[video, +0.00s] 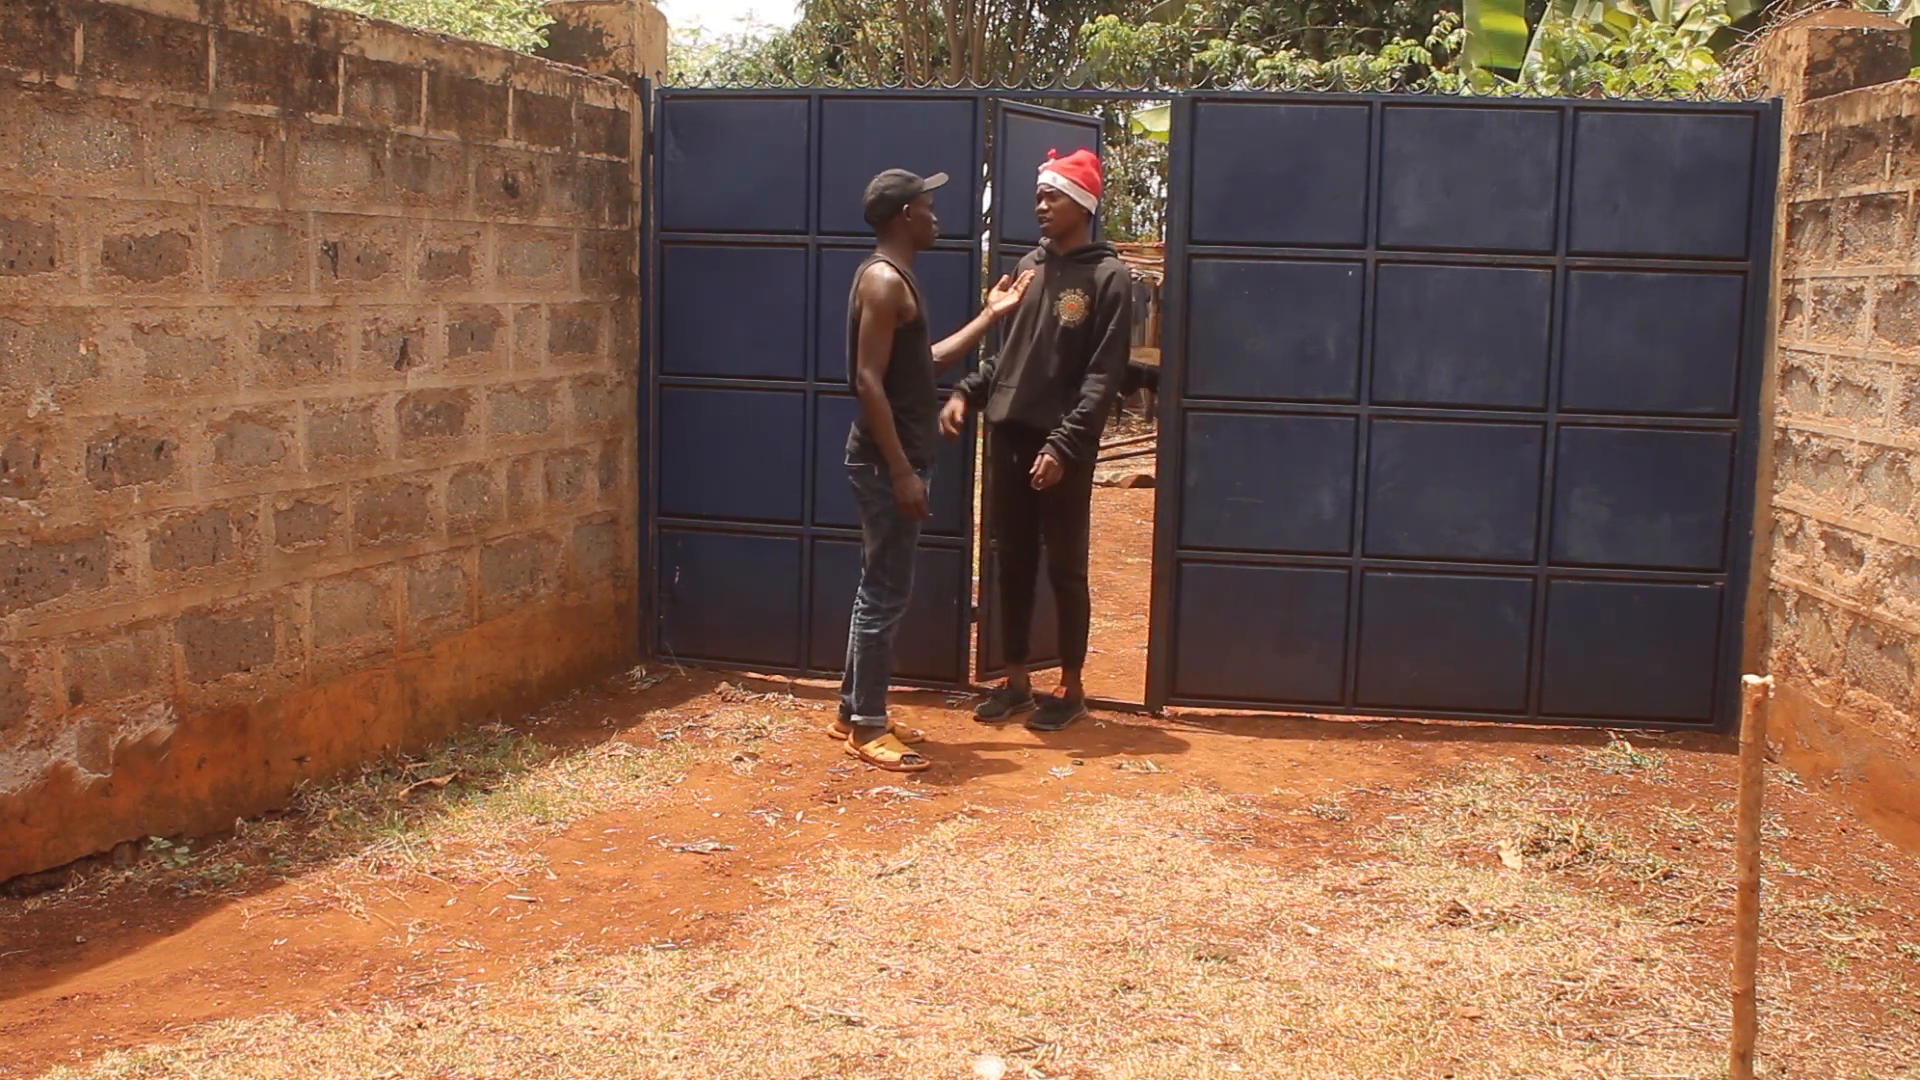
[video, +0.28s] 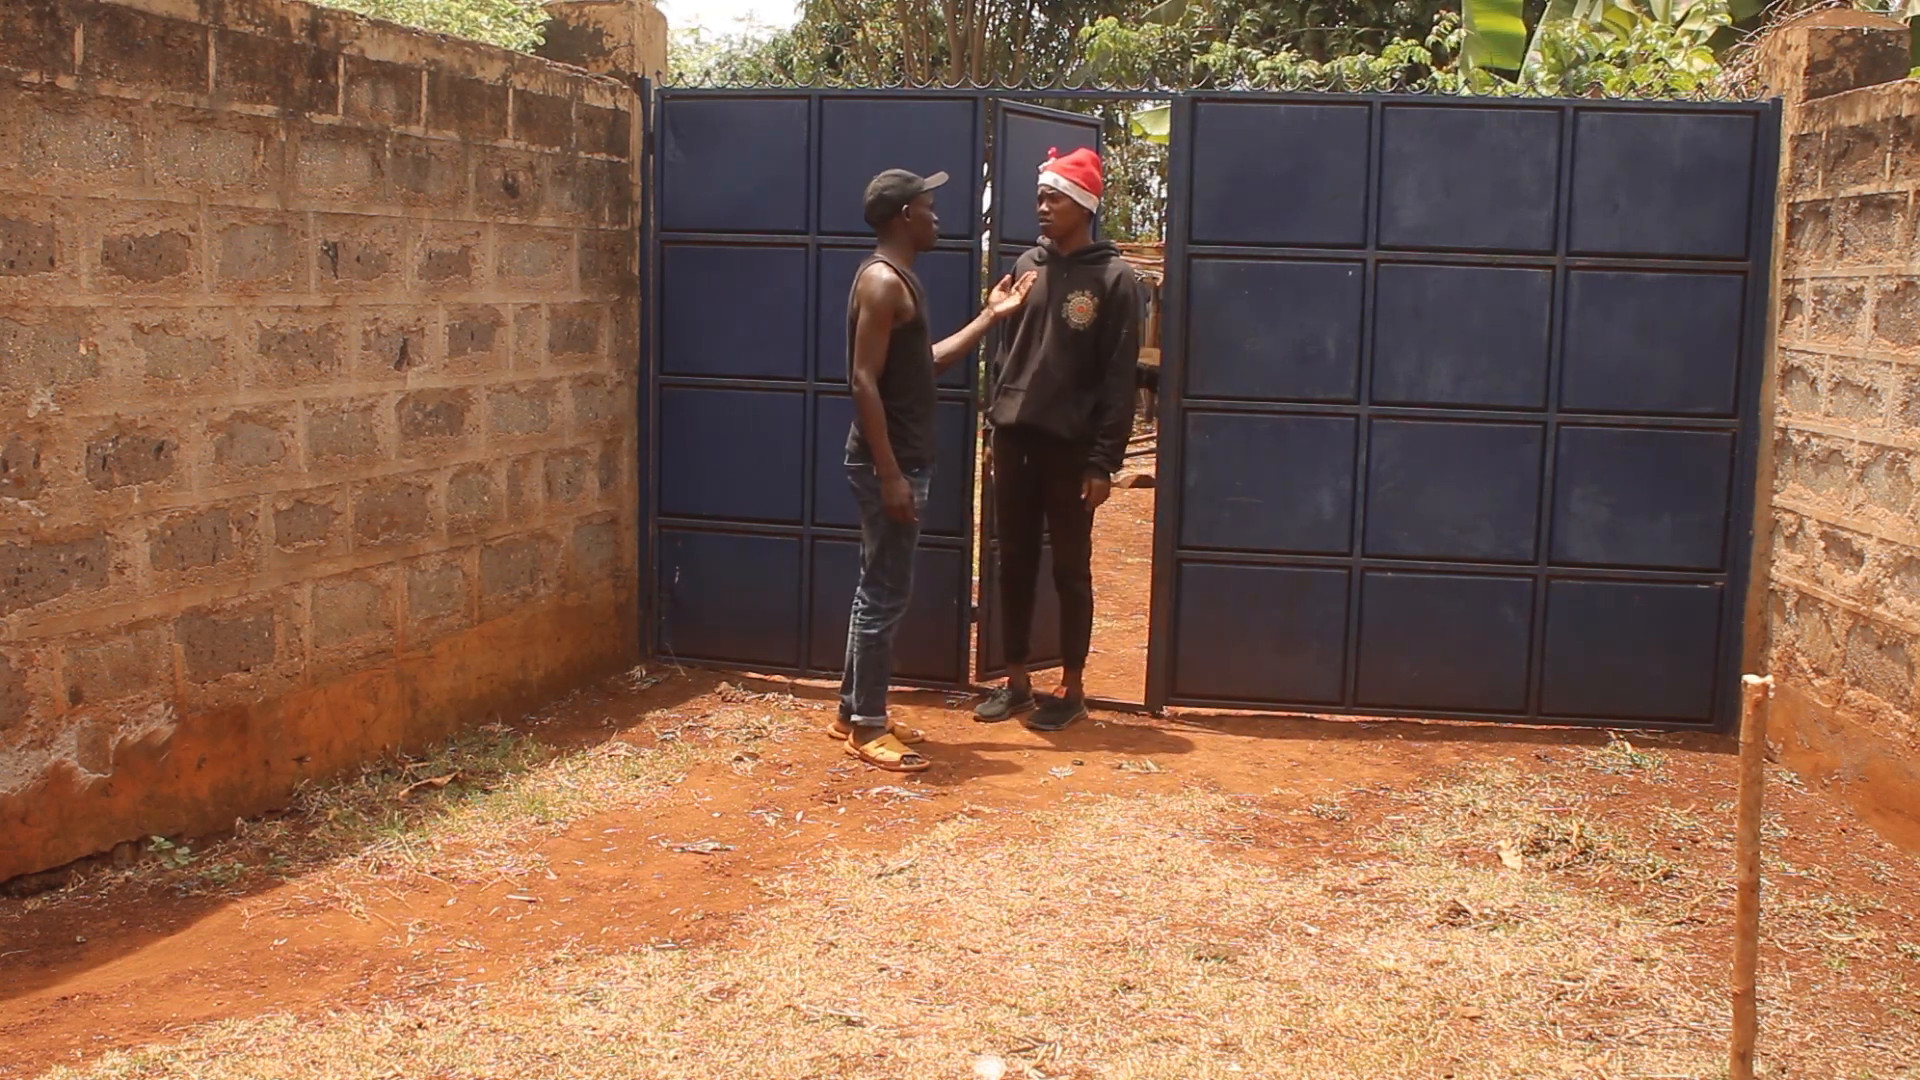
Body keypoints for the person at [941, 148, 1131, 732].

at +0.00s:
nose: (1042, 206)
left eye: (1054, 197)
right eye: (1040, 196)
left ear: (1086, 205)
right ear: (1039, 201)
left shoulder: (1113, 278)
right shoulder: (1027, 268)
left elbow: (1104, 377)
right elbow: (1001, 352)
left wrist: (1063, 445)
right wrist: (963, 392)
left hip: (1065, 442)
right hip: (1008, 435)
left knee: (1065, 567)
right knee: (1011, 560)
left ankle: (1070, 689)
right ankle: (1014, 681)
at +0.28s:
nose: (1043, 207)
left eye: (1055, 198)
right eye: (1040, 197)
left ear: (1088, 205)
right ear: (1039, 202)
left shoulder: (1118, 278)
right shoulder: (1025, 269)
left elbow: (1121, 377)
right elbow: (1000, 351)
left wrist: (1105, 460)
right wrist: (996, 423)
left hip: (1073, 444)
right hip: (1013, 437)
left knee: (1070, 568)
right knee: (1013, 562)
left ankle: (1071, 688)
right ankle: (1016, 681)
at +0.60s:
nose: (1052, 209)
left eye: (1065, 201)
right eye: (1050, 198)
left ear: (1096, 208)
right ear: (1048, 202)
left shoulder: (1123, 280)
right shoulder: (1029, 265)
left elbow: (1133, 373)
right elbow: (1000, 351)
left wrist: (1123, 457)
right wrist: (983, 424)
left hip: (1078, 438)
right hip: (1016, 433)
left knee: (1072, 566)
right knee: (1015, 561)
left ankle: (1071, 688)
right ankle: (1015, 682)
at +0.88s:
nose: (1072, 216)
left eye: (1084, 208)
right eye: (1069, 206)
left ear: (1114, 212)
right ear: (1068, 210)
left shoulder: (1139, 277)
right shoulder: (1054, 267)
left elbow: (1145, 372)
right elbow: (1012, 345)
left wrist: (1124, 453)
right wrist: (967, 402)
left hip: (1085, 435)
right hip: (1025, 427)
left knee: (1069, 564)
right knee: (999, 552)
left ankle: (1071, 688)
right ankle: (1024, 674)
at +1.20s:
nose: (1097, 217)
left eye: (1111, 209)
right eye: (1095, 206)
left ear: (1138, 218)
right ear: (1088, 211)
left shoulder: (1151, 277)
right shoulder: (1070, 263)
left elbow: (1187, 368)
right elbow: (1021, 329)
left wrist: (1205, 454)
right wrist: (973, 385)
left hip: (1112, 433)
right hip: (1053, 424)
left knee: (1085, 559)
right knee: (1009, 534)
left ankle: (1073, 690)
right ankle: (1050, 641)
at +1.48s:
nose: (1098, 221)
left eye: (1111, 215)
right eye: (1096, 212)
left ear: (1138, 226)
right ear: (1092, 219)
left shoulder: (1145, 281)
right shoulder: (1084, 268)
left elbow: (1186, 364)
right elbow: (1040, 332)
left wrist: (1195, 452)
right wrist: (990, 386)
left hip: (1121, 438)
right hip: (1073, 432)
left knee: (1080, 557)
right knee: (1051, 556)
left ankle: (1070, 693)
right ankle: (1109, 657)